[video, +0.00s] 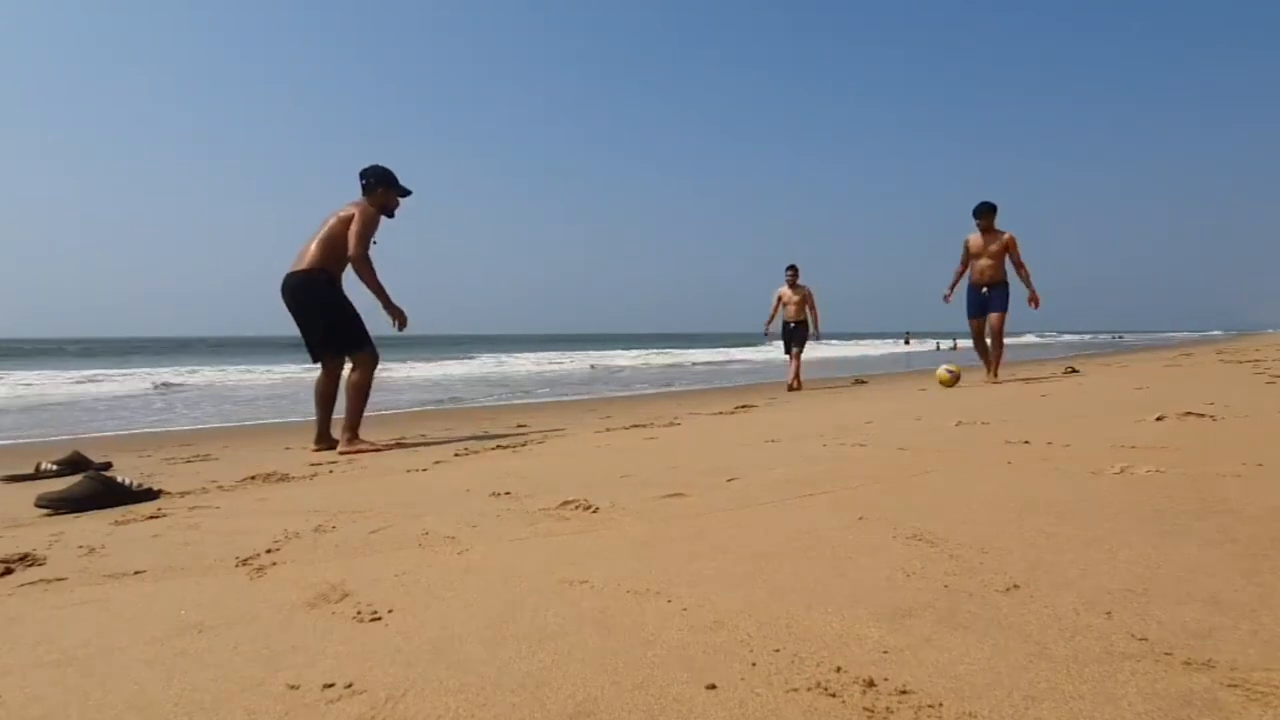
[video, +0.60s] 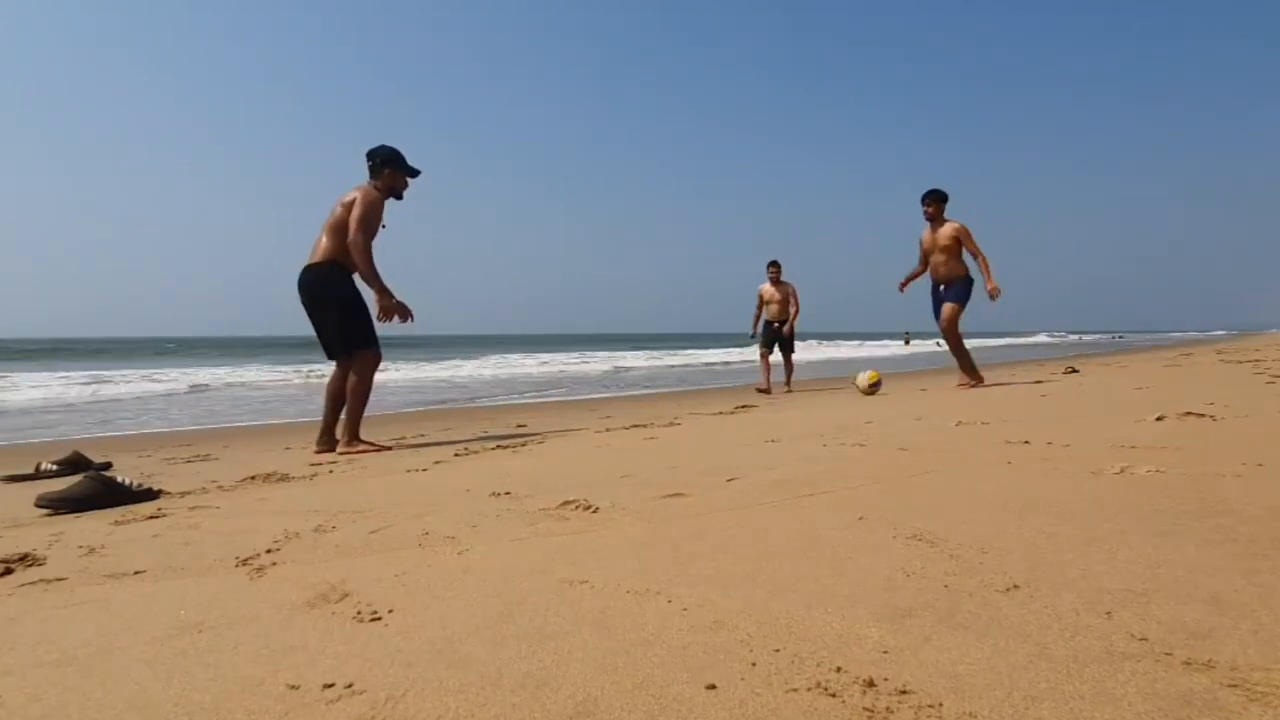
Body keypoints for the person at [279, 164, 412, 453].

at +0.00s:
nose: (397, 203)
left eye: (398, 197)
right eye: (394, 195)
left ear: (372, 192)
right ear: (378, 191)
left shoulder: (348, 212)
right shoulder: (366, 211)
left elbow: (328, 264)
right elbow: (357, 256)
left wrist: (336, 303)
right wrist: (389, 305)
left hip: (294, 283)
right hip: (317, 283)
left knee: (332, 361)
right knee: (365, 358)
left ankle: (323, 436)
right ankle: (350, 437)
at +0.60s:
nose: (407, 183)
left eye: (407, 177)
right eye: (404, 176)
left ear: (382, 174)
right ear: (386, 174)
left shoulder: (358, 198)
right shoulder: (369, 196)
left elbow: (357, 257)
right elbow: (356, 243)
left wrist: (388, 298)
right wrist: (381, 291)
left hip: (316, 278)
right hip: (331, 277)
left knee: (347, 360)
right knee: (368, 356)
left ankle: (326, 437)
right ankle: (350, 438)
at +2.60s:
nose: (434, 195)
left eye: (434, 189)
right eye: (431, 189)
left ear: (414, 189)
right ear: (414, 188)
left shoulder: (404, 216)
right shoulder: (402, 216)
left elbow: (403, 266)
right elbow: (397, 264)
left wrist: (424, 299)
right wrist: (413, 302)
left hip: (390, 291)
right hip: (385, 291)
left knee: (399, 361)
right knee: (397, 361)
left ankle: (376, 425)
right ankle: (365, 426)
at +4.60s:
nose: (711, 148)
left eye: (712, 142)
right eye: (707, 140)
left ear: (689, 138)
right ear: (687, 136)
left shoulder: (679, 172)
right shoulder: (673, 167)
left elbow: (674, 225)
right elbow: (680, 217)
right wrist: (718, 246)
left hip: (691, 258)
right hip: (673, 256)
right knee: (703, 319)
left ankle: (734, 405)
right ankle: (642, 392)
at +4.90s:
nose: (750, 148)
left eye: (752, 142)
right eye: (750, 140)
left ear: (726, 133)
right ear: (738, 134)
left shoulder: (707, 162)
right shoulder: (720, 163)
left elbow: (730, 223)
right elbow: (707, 216)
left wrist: (772, 244)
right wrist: (738, 262)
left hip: (691, 259)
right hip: (707, 254)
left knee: (750, 323)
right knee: (779, 311)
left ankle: (736, 402)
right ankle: (762, 391)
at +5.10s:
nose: (758, 164)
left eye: (758, 158)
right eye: (759, 158)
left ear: (730, 154)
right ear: (754, 157)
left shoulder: (702, 181)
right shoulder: (748, 185)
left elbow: (687, 224)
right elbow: (762, 237)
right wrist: (793, 283)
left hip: (677, 266)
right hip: (712, 264)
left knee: (692, 334)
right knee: (763, 333)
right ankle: (786, 404)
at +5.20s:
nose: (732, 166)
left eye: (731, 161)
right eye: (732, 161)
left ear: (703, 158)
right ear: (728, 160)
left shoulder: (675, 188)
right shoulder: (731, 187)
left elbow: (658, 240)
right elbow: (745, 235)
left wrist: (671, 269)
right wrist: (768, 286)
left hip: (666, 272)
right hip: (707, 268)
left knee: (655, 340)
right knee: (753, 336)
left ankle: (618, 405)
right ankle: (787, 404)